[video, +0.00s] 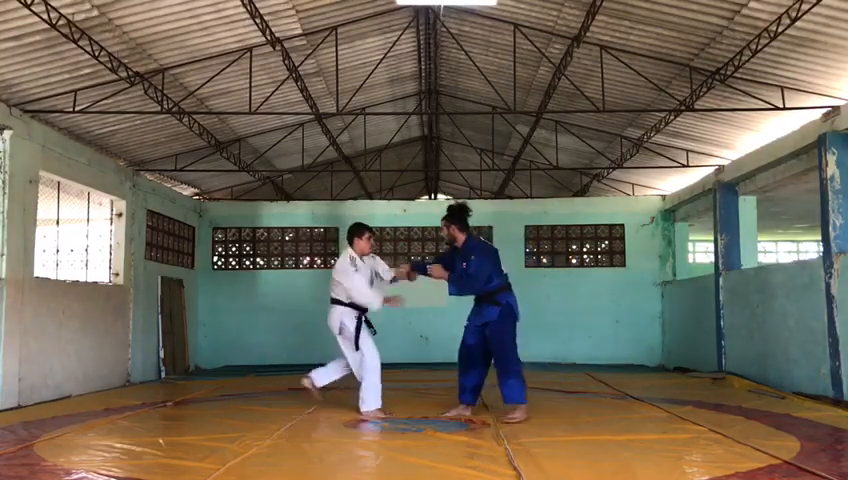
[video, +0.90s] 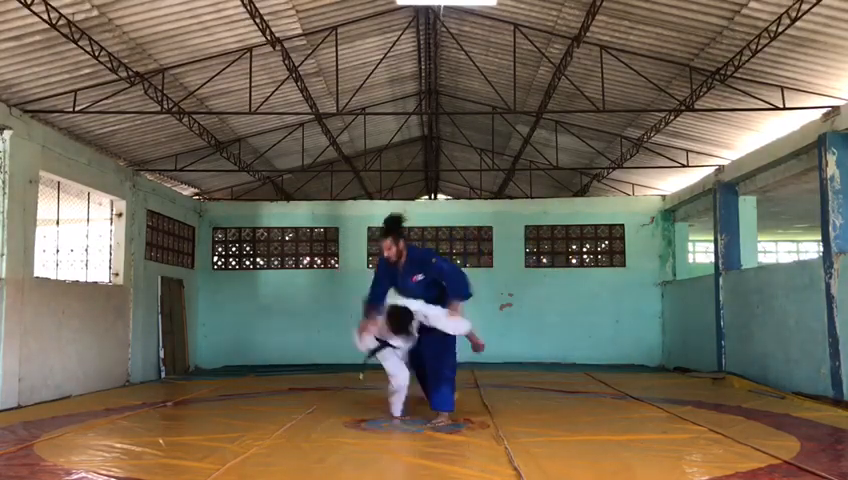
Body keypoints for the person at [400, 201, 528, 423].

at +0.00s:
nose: (444, 233)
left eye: (445, 228)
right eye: (443, 228)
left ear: (453, 228)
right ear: (458, 227)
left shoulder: (481, 249)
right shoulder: (457, 251)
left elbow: (477, 283)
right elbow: (438, 266)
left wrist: (447, 276)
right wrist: (413, 268)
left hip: (501, 305)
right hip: (481, 305)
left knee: (504, 353)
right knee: (470, 352)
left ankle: (520, 406)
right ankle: (465, 405)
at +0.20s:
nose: (440, 230)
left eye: (441, 225)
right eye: (440, 226)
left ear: (448, 225)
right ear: (457, 224)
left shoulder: (477, 249)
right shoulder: (449, 247)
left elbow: (470, 283)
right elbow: (422, 244)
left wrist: (442, 277)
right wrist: (393, 245)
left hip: (493, 305)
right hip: (473, 305)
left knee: (492, 355)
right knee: (460, 349)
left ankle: (503, 411)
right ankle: (463, 404)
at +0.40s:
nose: (430, 222)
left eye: (431, 218)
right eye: (431, 218)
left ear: (438, 219)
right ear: (447, 218)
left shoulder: (466, 246)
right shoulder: (438, 240)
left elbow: (467, 281)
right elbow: (411, 234)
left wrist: (437, 283)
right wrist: (384, 230)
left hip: (476, 303)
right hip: (458, 303)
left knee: (474, 352)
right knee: (452, 352)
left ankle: (490, 403)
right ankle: (461, 403)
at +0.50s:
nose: (425, 220)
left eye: (426, 216)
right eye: (425, 217)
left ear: (432, 218)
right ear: (441, 217)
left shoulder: (461, 246)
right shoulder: (432, 237)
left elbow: (462, 283)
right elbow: (407, 230)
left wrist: (433, 285)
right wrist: (380, 223)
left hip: (467, 303)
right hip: (453, 302)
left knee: (456, 350)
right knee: (447, 350)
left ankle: (463, 405)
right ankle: (458, 403)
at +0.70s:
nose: (408, 226)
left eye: (411, 222)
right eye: (409, 221)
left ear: (421, 223)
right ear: (423, 221)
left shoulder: (446, 247)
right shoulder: (417, 240)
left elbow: (451, 284)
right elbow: (393, 245)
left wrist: (420, 291)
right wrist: (366, 248)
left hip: (454, 306)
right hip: (442, 304)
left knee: (440, 352)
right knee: (437, 348)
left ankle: (446, 413)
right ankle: (455, 395)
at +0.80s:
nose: (396, 235)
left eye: (400, 230)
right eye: (396, 230)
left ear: (413, 230)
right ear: (406, 230)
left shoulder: (437, 250)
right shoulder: (400, 249)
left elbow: (451, 283)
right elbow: (380, 263)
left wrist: (429, 298)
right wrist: (360, 274)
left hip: (450, 309)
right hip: (427, 308)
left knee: (443, 358)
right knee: (428, 357)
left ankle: (445, 411)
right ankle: (452, 394)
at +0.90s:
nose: (387, 253)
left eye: (390, 248)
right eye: (384, 249)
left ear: (402, 244)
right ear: (382, 246)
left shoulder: (424, 258)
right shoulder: (386, 264)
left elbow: (457, 279)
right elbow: (377, 293)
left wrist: (454, 311)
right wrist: (370, 318)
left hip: (441, 311)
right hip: (414, 312)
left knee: (439, 356)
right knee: (418, 359)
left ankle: (444, 411)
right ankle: (438, 403)